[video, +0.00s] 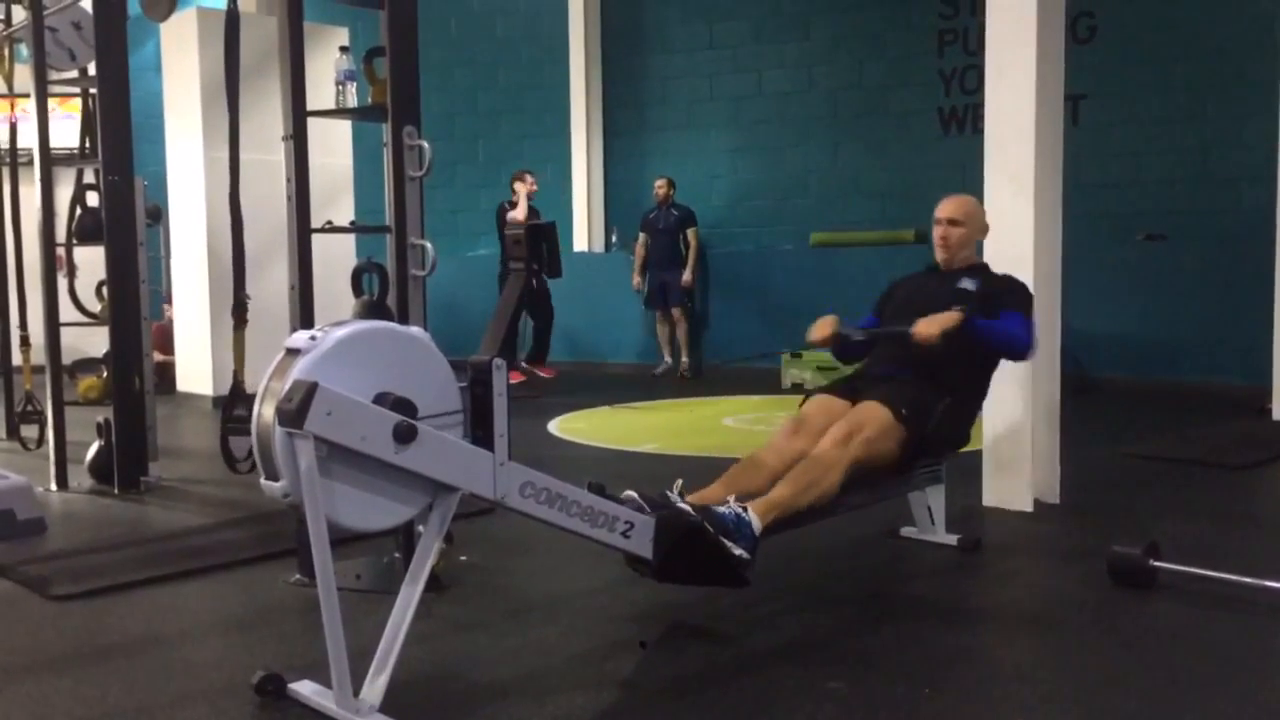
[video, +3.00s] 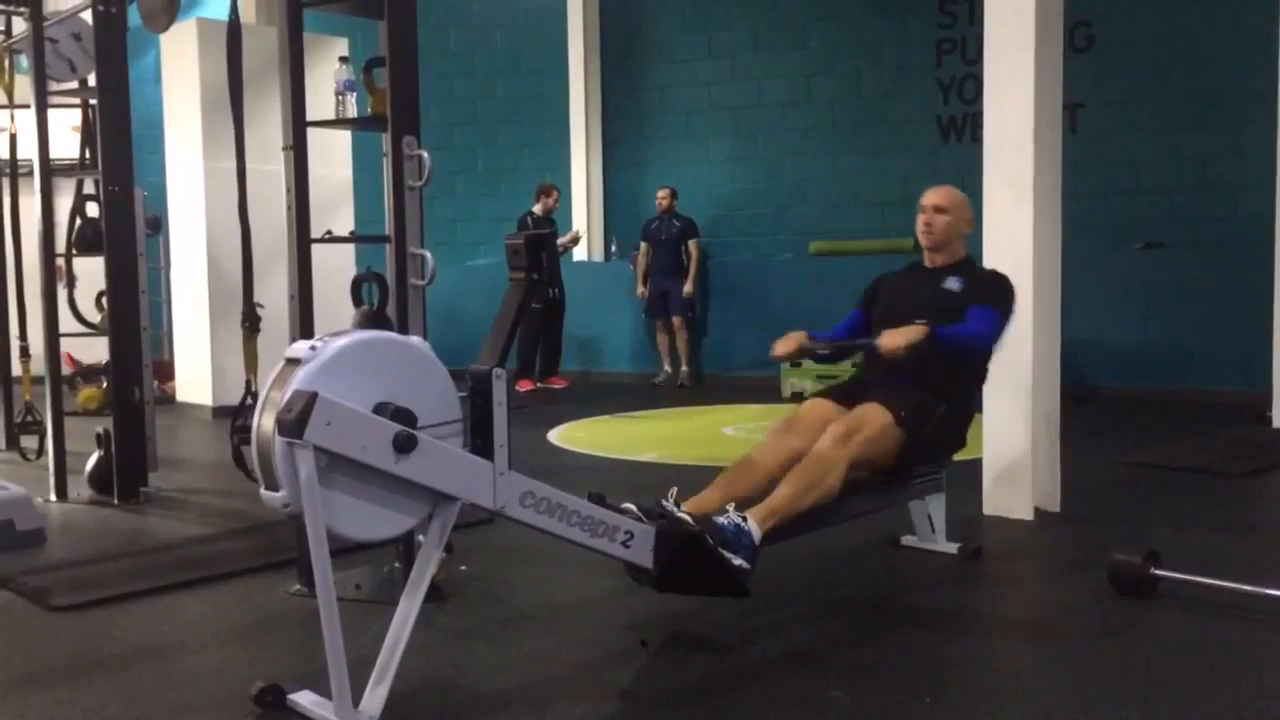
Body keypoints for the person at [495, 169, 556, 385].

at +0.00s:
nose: (535, 187)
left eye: (535, 184)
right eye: (530, 184)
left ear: (533, 187)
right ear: (518, 187)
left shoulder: (534, 212)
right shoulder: (505, 208)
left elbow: (538, 241)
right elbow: (519, 217)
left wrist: (543, 265)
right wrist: (521, 194)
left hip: (533, 272)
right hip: (512, 273)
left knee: (545, 316)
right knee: (510, 319)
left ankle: (536, 362)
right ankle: (509, 366)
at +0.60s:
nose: (557, 200)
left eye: (559, 197)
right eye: (556, 195)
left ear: (557, 198)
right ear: (544, 192)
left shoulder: (554, 215)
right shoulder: (525, 208)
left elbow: (554, 246)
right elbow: (536, 216)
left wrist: (557, 272)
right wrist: (543, 196)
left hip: (552, 274)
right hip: (531, 274)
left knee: (548, 322)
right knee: (524, 321)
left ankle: (548, 364)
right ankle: (515, 365)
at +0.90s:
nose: (567, 206)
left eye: (569, 203)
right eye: (567, 202)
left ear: (561, 197)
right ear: (558, 195)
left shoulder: (552, 213)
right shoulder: (533, 206)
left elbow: (553, 248)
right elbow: (531, 239)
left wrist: (559, 273)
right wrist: (560, 224)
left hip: (554, 275)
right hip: (536, 275)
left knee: (550, 322)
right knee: (532, 321)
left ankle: (548, 363)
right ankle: (526, 364)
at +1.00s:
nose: (571, 204)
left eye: (573, 200)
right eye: (570, 199)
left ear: (563, 195)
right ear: (561, 194)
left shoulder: (558, 213)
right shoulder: (534, 206)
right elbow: (530, 242)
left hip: (554, 272)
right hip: (535, 273)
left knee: (550, 321)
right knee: (532, 320)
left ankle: (546, 362)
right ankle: (526, 363)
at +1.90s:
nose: (556, 200)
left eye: (557, 196)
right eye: (555, 195)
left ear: (547, 194)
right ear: (544, 193)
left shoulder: (546, 214)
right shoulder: (527, 214)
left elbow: (548, 243)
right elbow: (527, 247)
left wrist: (565, 241)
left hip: (551, 277)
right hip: (533, 279)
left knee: (550, 324)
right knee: (528, 325)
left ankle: (548, 365)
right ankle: (524, 368)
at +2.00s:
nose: (555, 200)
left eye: (556, 196)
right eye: (554, 195)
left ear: (545, 194)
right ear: (543, 193)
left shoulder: (545, 214)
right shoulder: (526, 214)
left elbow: (546, 243)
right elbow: (527, 247)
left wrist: (563, 242)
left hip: (551, 278)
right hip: (532, 279)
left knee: (550, 324)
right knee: (527, 325)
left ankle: (548, 366)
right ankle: (523, 368)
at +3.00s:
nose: (557, 205)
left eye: (558, 201)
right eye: (554, 200)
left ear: (548, 200)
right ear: (543, 199)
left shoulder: (550, 223)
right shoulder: (526, 222)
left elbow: (552, 254)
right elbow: (531, 253)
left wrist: (567, 245)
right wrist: (560, 243)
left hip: (554, 284)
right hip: (535, 285)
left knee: (553, 331)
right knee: (530, 333)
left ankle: (549, 374)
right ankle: (524, 377)